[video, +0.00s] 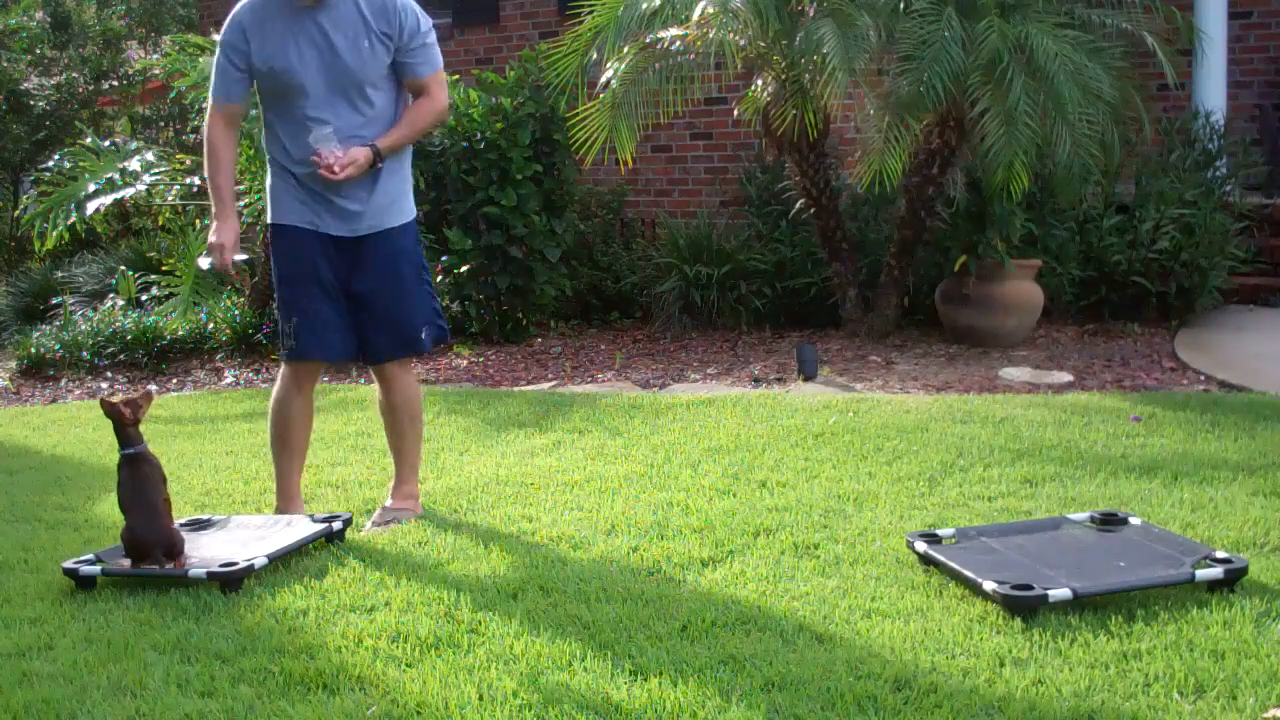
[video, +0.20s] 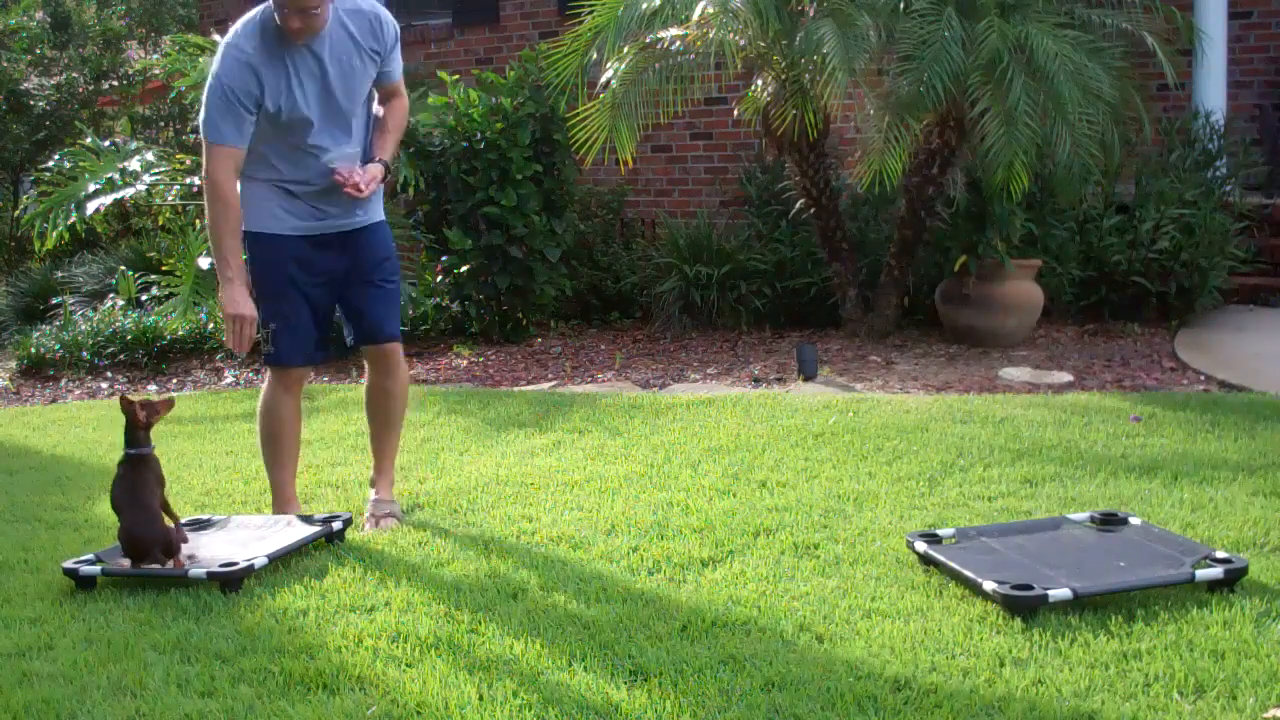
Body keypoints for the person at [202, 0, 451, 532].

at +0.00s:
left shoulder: (394, 9)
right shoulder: (249, 20)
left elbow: (435, 99)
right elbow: (221, 120)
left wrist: (374, 150)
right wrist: (224, 214)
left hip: (384, 212)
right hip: (300, 216)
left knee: (394, 359)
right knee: (300, 362)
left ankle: (406, 498)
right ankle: (288, 511)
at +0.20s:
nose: (302, 16)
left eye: (313, 8)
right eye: (290, 9)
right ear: (272, 0)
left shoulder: (373, 21)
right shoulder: (240, 55)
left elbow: (393, 96)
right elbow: (220, 174)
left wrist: (379, 161)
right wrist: (232, 282)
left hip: (361, 212)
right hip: (279, 218)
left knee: (386, 348)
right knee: (288, 368)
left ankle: (384, 492)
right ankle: (285, 513)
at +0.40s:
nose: (320, 80)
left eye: (333, 67)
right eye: (308, 67)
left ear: (354, 40)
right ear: (288, 34)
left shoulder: (375, 49)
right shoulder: (252, 85)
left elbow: (373, 114)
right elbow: (234, 220)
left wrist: (369, 196)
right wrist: (236, 332)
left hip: (344, 223)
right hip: (271, 232)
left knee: (354, 352)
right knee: (278, 369)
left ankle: (345, 499)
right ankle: (285, 510)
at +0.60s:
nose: (339, 113)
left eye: (352, 102)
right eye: (326, 101)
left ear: (373, 70)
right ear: (309, 67)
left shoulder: (379, 65)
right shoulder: (263, 110)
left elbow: (368, 128)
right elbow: (240, 240)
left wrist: (356, 201)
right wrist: (236, 352)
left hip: (326, 221)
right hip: (259, 232)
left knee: (334, 354)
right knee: (267, 370)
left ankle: (341, 501)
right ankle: (282, 512)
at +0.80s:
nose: (353, 117)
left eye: (367, 106)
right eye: (341, 105)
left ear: (386, 76)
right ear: (323, 70)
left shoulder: (388, 66)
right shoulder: (274, 113)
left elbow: (377, 121)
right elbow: (253, 246)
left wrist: (369, 196)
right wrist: (249, 359)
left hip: (332, 217)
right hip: (263, 230)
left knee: (355, 345)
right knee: (272, 371)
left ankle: (344, 496)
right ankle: (283, 512)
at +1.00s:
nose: (380, 116)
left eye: (394, 107)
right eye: (368, 103)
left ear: (412, 77)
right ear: (351, 70)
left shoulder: (405, 62)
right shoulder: (301, 114)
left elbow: (396, 116)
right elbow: (283, 248)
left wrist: (409, 186)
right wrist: (283, 359)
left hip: (347, 210)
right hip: (275, 225)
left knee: (407, 321)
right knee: (288, 375)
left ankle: (411, 486)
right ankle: (285, 516)